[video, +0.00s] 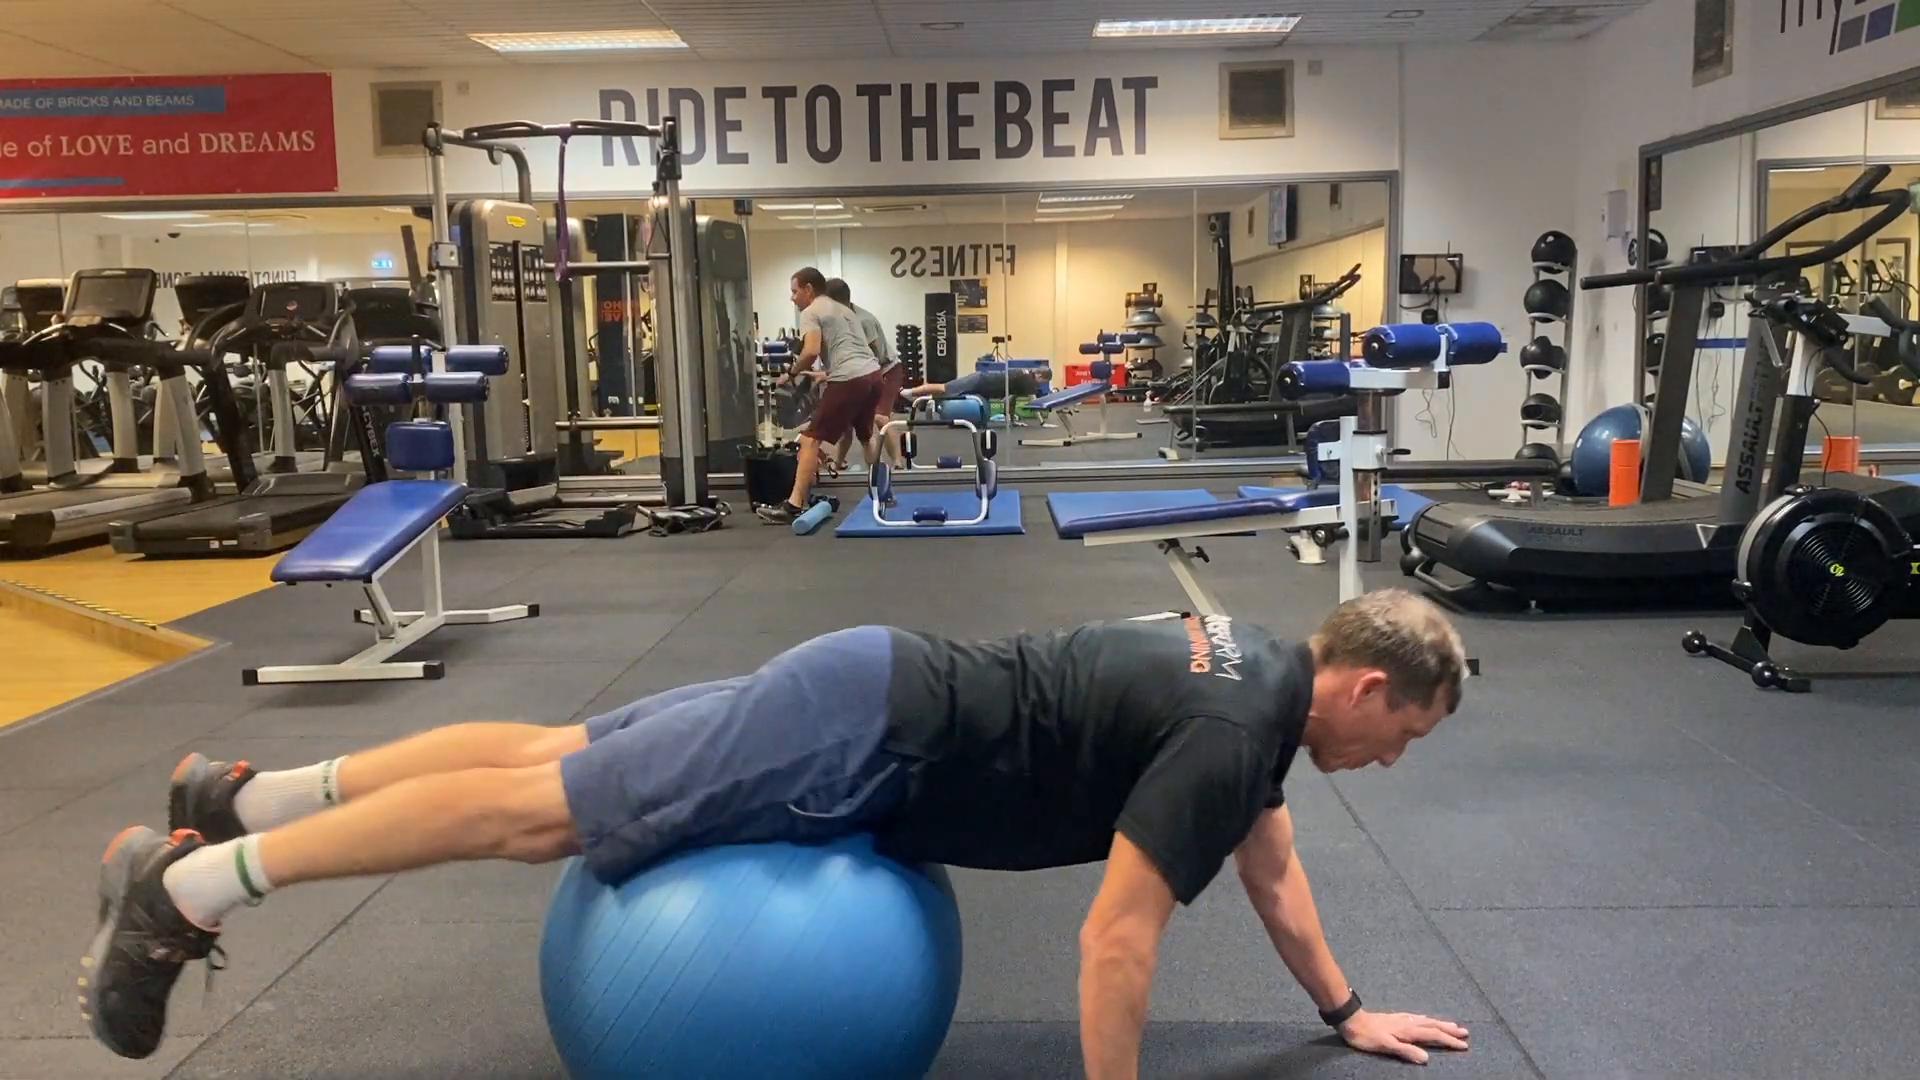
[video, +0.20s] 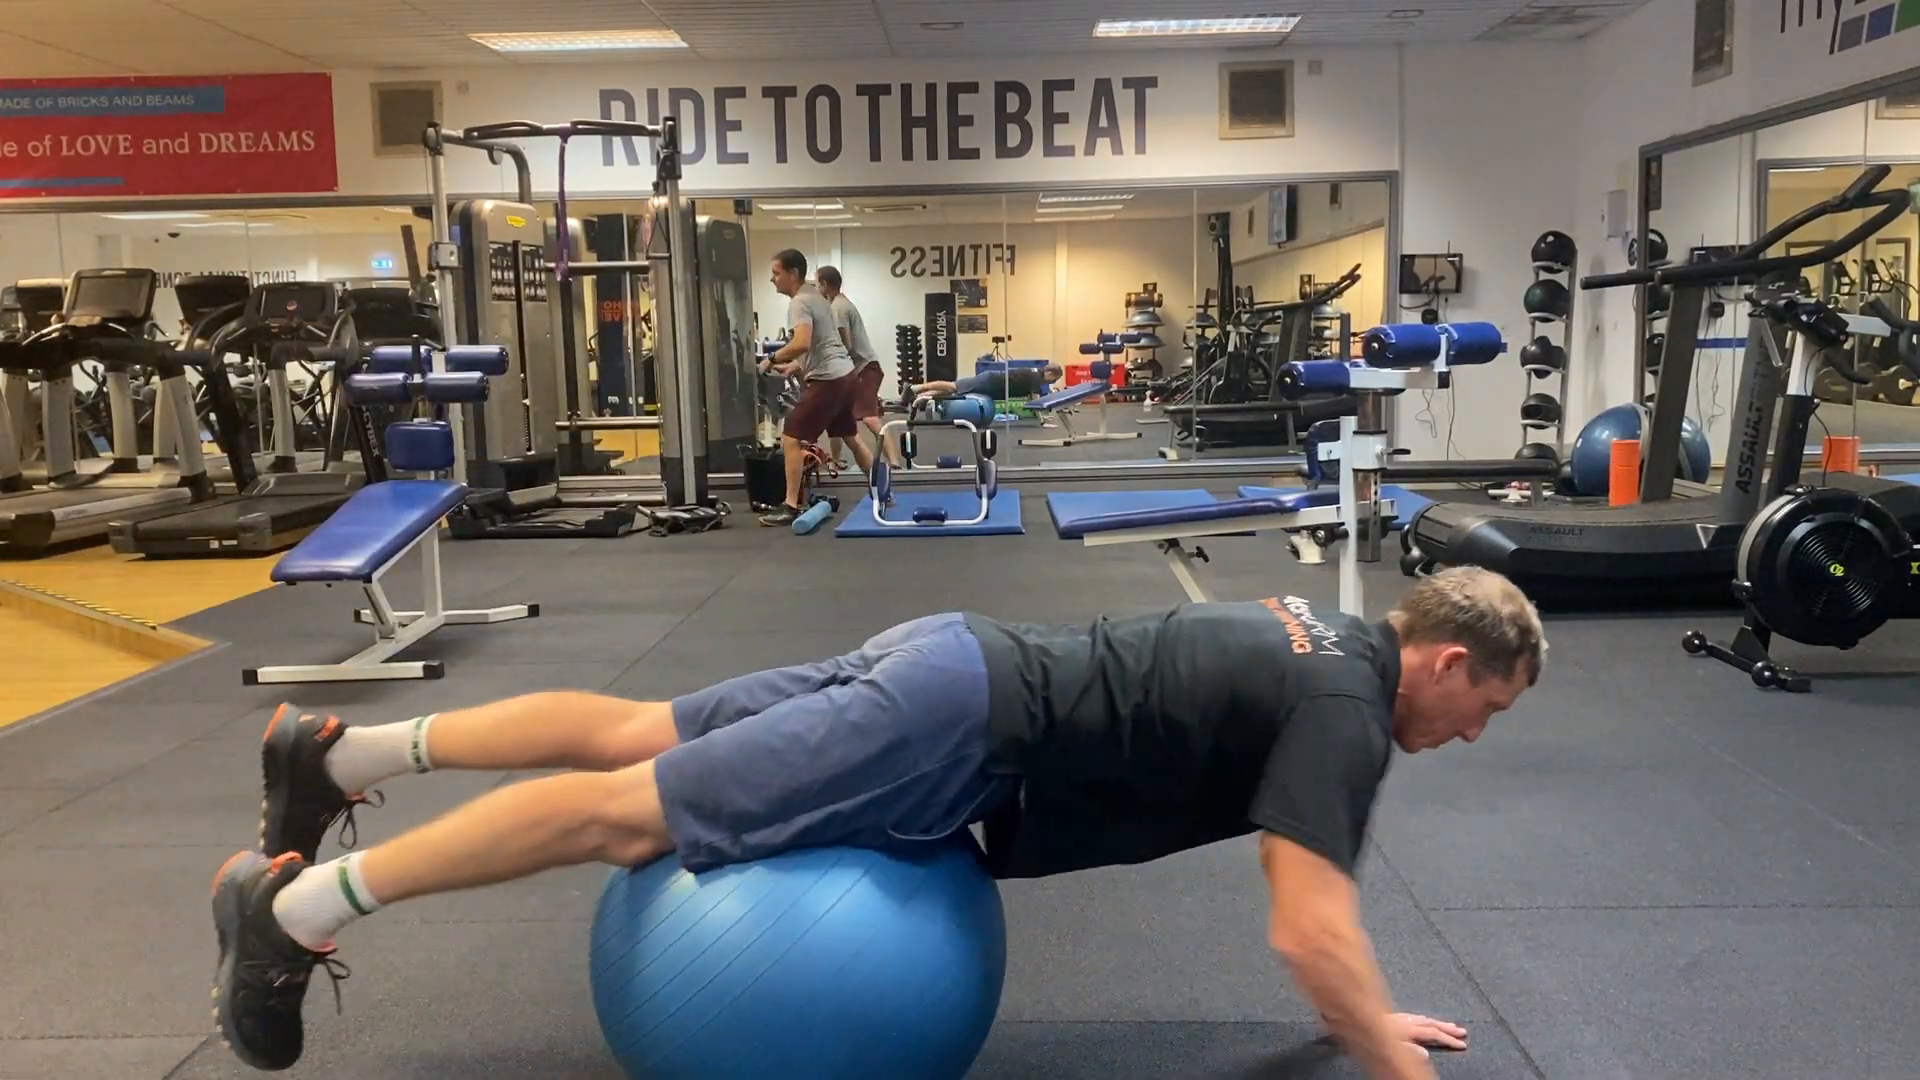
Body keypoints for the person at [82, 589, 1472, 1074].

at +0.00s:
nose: (1406, 750)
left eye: (1418, 732)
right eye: (1413, 731)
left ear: (1359, 668)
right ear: (1368, 694)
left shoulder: (1263, 684)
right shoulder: (1233, 732)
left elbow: (1278, 874)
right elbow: (1113, 943)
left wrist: (1346, 1013)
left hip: (877, 684)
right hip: (867, 728)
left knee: (565, 752)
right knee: (542, 812)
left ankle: (257, 795)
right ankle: (193, 886)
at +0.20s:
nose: (1488, 723)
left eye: (1501, 705)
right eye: (1496, 700)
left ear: (1438, 633)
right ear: (1449, 663)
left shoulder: (1325, 643)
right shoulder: (1339, 705)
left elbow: (1295, 863)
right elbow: (1311, 929)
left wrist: (1356, 992)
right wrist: (1397, 1054)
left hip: (955, 662)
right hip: (955, 718)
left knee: (651, 732)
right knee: (622, 812)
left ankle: (349, 744)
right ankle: (300, 904)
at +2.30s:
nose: (1759, 804)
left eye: (1778, 796)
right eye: (1775, 784)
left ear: (1738, 680)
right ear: (1762, 730)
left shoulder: (1625, 653)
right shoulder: (1681, 700)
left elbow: (1562, 845)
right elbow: (1705, 974)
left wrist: (1605, 994)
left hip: (1327, 505)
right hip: (1322, 496)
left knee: (1207, 814)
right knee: (1137, 793)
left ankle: (917, 709)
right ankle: (860, 639)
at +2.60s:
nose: (1762, 790)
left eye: (1781, 781)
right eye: (1779, 772)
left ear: (1740, 668)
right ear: (1766, 720)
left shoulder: (1620, 646)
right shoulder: (1691, 705)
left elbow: (1565, 839)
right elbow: (1715, 964)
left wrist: (1607, 991)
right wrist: (1741, 1078)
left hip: (1280, 460)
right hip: (1312, 513)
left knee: (1126, 743)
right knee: (1191, 826)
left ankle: (885, 670)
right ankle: (904, 733)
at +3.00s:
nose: (1770, 788)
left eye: (1787, 776)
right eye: (1789, 771)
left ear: (1747, 674)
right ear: (1775, 718)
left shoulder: (1626, 649)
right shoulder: (1692, 710)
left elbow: (1561, 847)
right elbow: (1717, 974)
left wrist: (1609, 1000)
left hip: (1285, 509)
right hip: (1301, 556)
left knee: (1114, 816)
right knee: (1135, 871)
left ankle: (868, 685)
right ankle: (875, 689)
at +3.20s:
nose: (1763, 813)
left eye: (1782, 804)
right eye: (1781, 793)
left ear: (1748, 692)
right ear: (1771, 733)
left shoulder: (1622, 666)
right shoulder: (1689, 710)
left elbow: (1560, 854)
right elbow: (1720, 975)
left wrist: (1607, 994)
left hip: (1271, 517)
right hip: (1316, 555)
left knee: (1085, 822)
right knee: (1251, 902)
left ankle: (817, 698)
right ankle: (1066, 616)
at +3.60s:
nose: (1795, 811)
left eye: (1813, 803)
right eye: (1816, 794)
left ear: (1781, 700)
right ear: (1810, 732)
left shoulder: (1656, 650)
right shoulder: (1730, 702)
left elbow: (1572, 840)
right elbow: (1733, 975)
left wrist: (1607, 997)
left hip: (1306, 526)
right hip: (1344, 584)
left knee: (1124, 794)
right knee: (1165, 869)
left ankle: (897, 617)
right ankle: (893, 702)